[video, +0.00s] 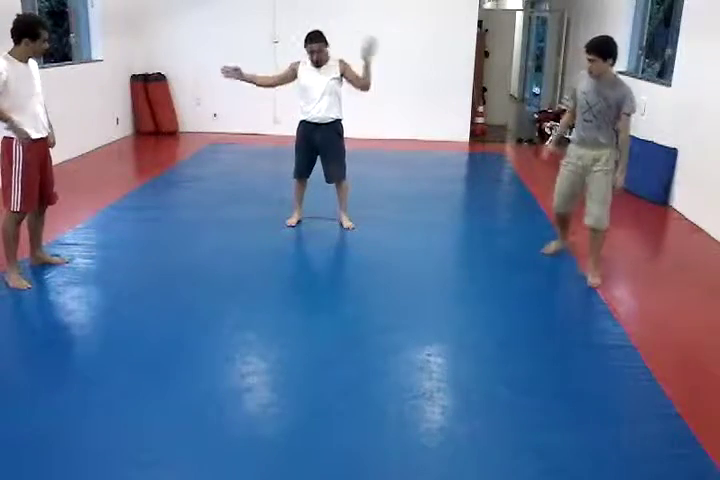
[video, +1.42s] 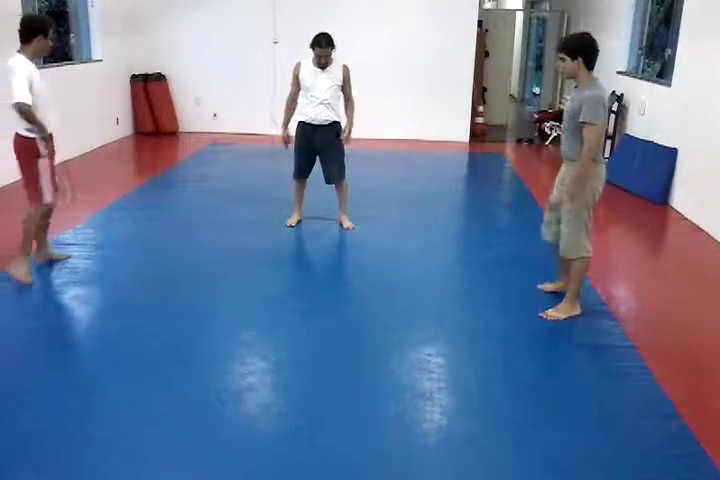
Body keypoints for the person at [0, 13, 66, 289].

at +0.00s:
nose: (47, 46)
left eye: (47, 41)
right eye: (44, 41)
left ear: (29, 42)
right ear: (26, 41)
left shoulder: (32, 64)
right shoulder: (5, 68)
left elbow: (37, 100)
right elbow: (0, 107)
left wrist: (48, 128)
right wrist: (17, 127)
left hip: (39, 140)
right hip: (16, 142)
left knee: (40, 202)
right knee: (17, 209)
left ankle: (37, 252)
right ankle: (11, 268)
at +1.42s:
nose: (51, 44)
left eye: (51, 39)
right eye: (49, 38)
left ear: (29, 38)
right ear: (39, 38)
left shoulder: (28, 65)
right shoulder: (18, 66)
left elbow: (29, 104)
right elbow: (21, 105)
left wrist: (46, 131)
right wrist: (45, 132)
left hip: (39, 139)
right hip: (29, 140)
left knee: (49, 198)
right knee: (41, 202)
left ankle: (43, 250)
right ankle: (22, 258)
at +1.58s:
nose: (53, 45)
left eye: (54, 40)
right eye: (53, 40)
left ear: (30, 37)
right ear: (45, 39)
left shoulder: (17, 60)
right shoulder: (32, 65)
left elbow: (6, 93)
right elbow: (39, 101)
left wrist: (23, 112)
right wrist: (54, 127)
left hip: (25, 135)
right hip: (39, 137)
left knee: (39, 194)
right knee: (69, 193)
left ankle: (40, 247)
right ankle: (47, 246)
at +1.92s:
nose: (65, 46)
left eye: (66, 42)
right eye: (65, 41)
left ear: (41, 38)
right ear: (60, 40)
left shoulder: (23, 62)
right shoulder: (57, 66)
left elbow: (2, 92)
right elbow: (75, 98)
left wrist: (20, 119)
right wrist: (75, 124)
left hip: (31, 135)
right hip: (57, 136)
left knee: (44, 192)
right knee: (72, 187)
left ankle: (42, 249)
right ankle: (70, 234)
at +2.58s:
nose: (85, 45)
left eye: (86, 40)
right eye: (84, 40)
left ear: (65, 37)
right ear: (75, 37)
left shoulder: (47, 57)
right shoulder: (66, 58)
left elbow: (25, 85)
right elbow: (76, 90)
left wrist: (36, 115)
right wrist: (81, 116)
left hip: (47, 121)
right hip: (63, 123)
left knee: (66, 175)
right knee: (72, 178)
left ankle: (70, 219)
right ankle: (69, 232)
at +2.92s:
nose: (88, 40)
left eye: (88, 35)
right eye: (86, 35)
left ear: (72, 33)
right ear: (73, 33)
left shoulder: (64, 55)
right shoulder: (55, 54)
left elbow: (60, 89)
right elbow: (46, 85)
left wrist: (76, 115)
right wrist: (75, 112)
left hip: (66, 120)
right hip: (58, 121)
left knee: (70, 175)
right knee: (66, 176)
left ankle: (71, 219)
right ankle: (66, 229)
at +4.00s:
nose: (78, 36)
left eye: (79, 32)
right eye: (74, 32)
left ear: (73, 33)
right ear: (60, 33)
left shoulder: (72, 58)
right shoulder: (47, 61)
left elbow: (75, 94)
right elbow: (46, 101)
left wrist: (84, 122)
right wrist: (59, 135)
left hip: (77, 123)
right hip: (61, 125)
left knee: (78, 174)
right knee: (58, 180)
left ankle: (77, 217)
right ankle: (54, 231)